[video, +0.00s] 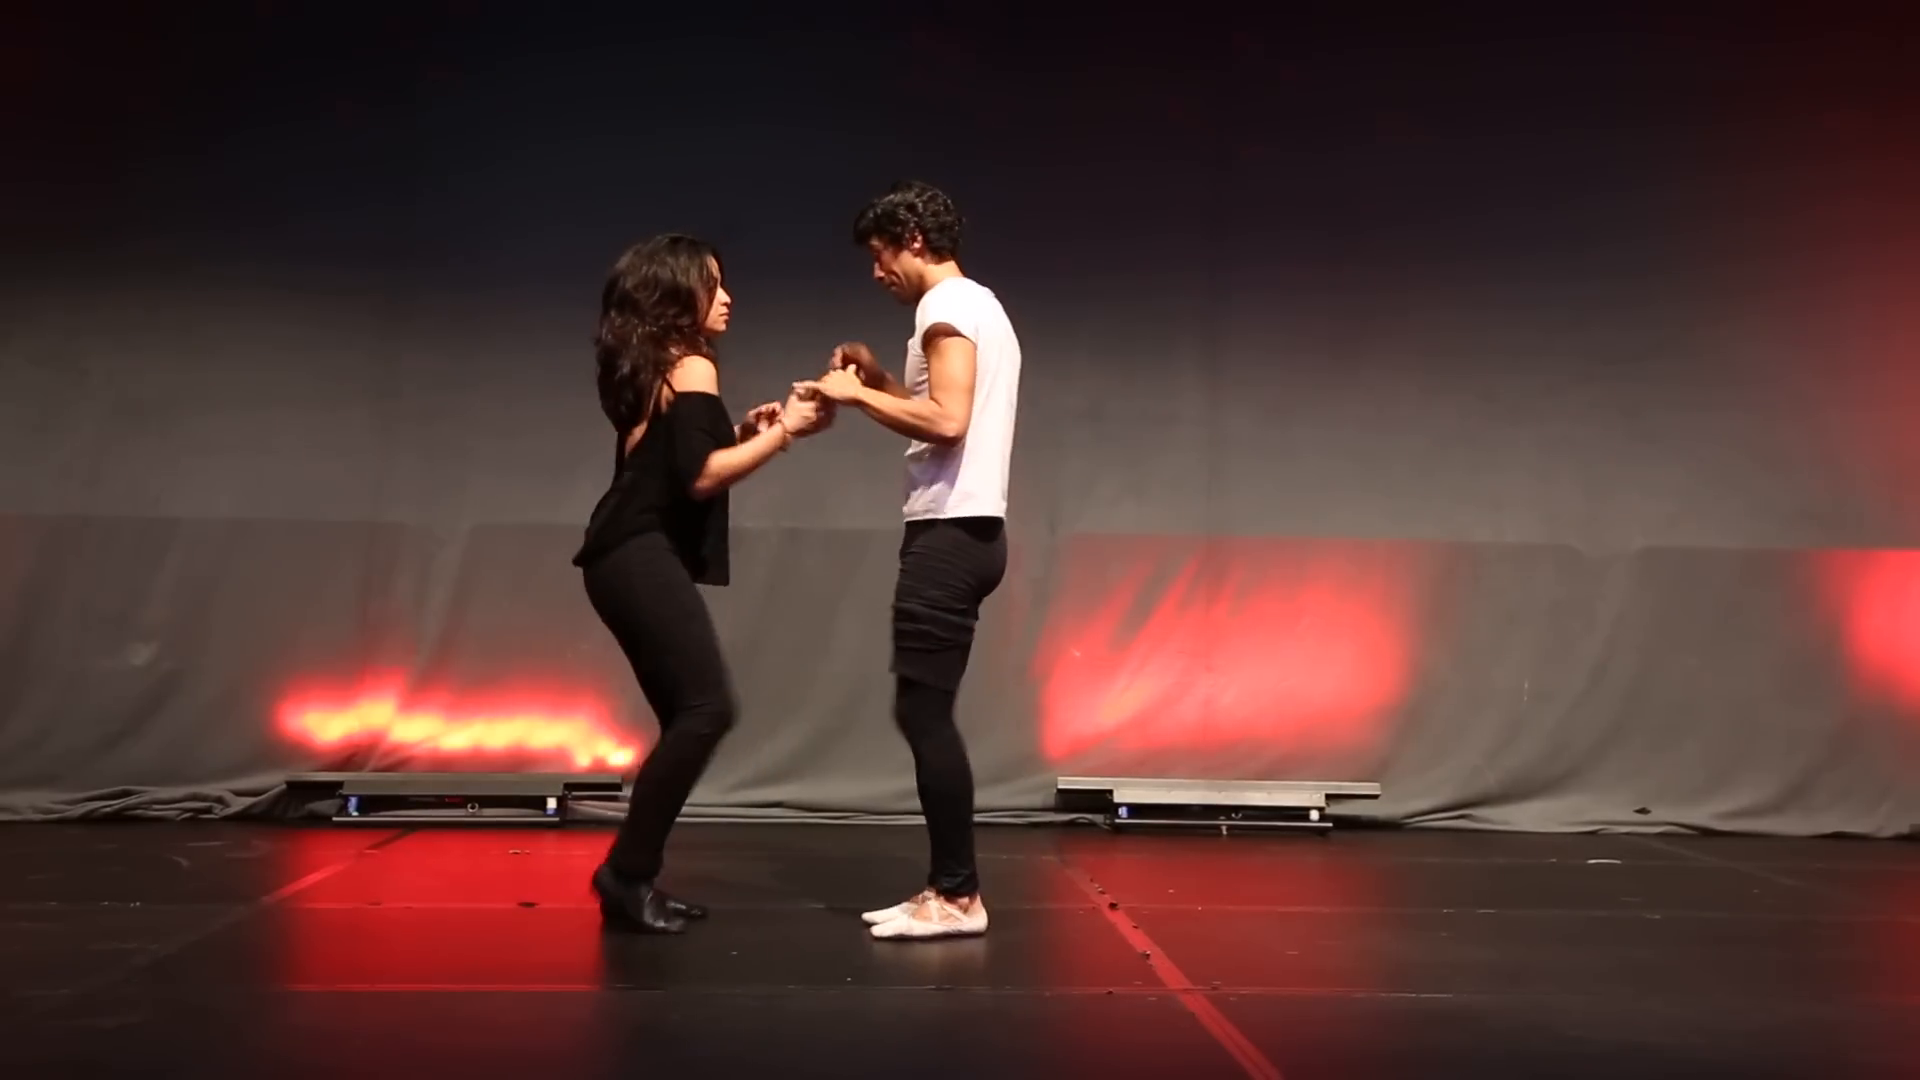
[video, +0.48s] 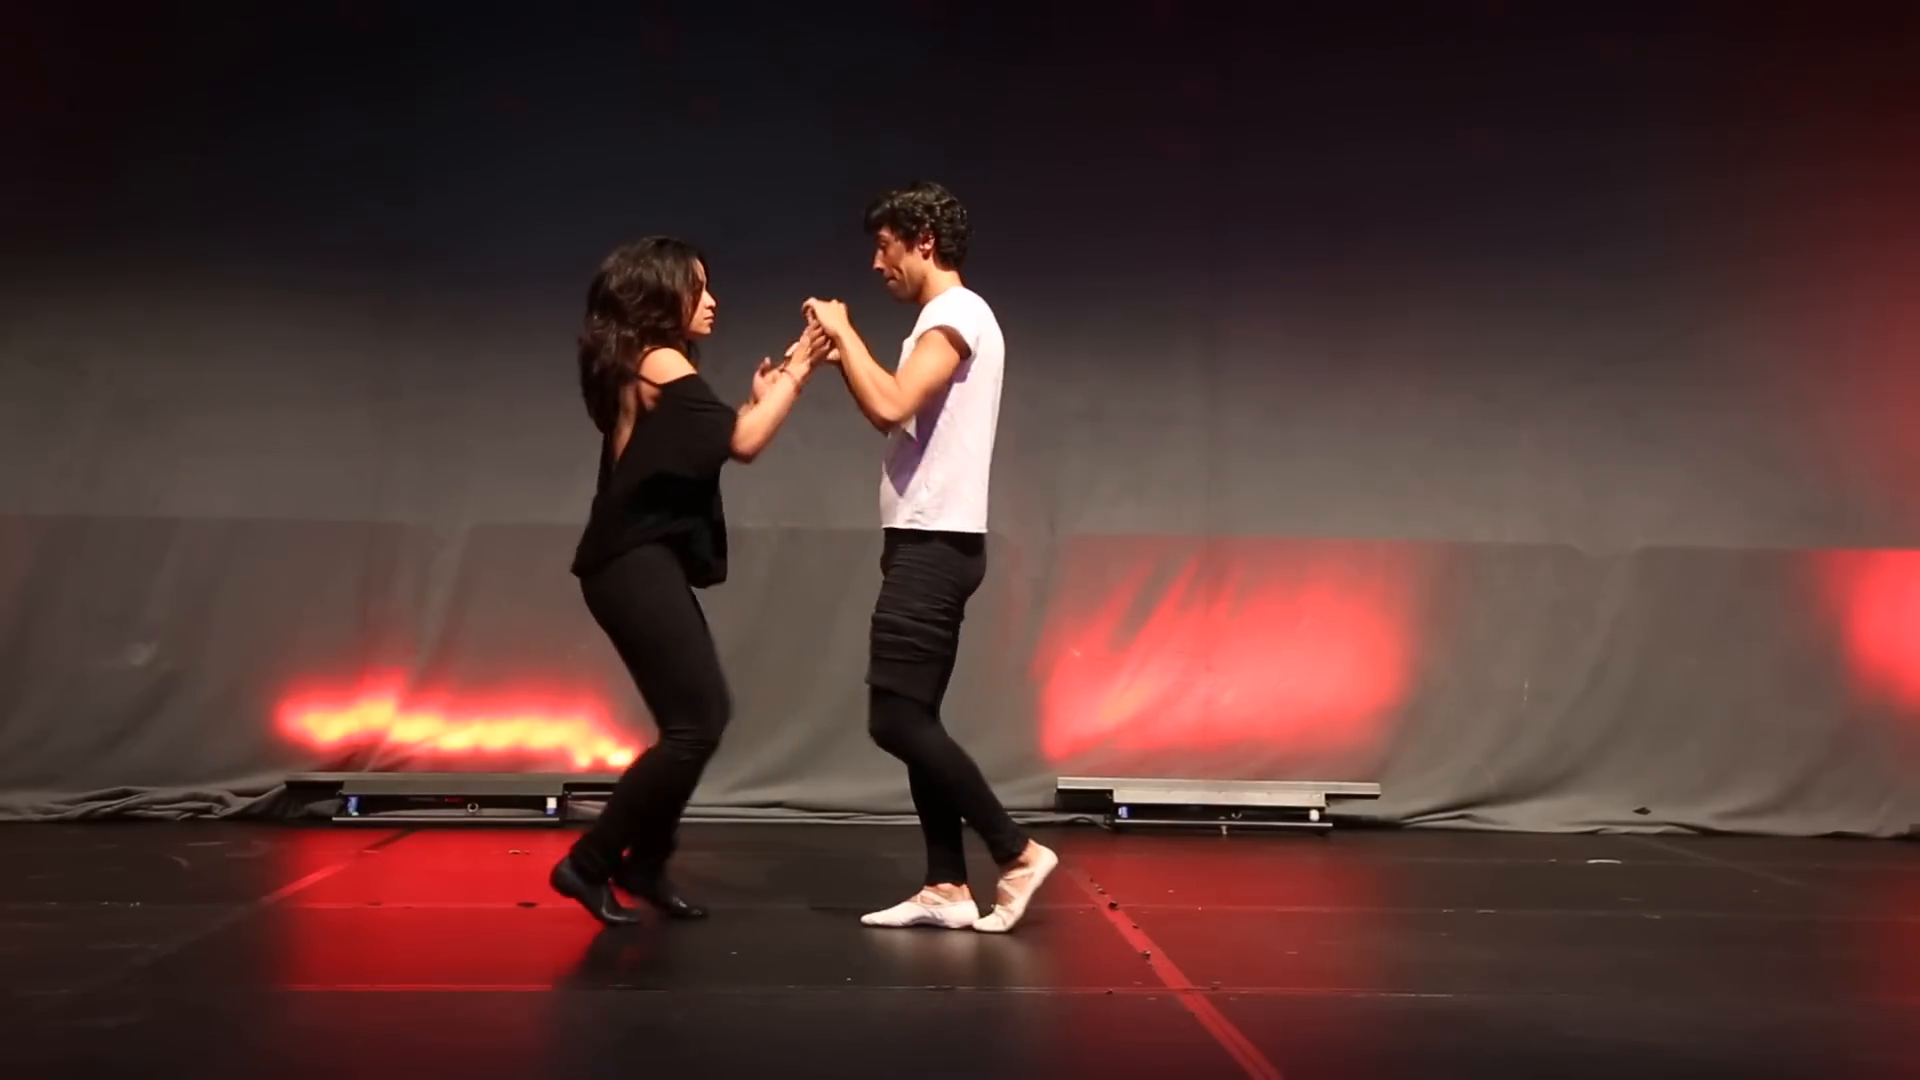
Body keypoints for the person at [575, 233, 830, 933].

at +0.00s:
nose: (726, 297)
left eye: (722, 284)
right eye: (713, 286)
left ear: (669, 300)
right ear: (680, 298)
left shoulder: (653, 368)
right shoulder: (690, 364)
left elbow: (660, 465)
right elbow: (703, 472)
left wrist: (751, 427)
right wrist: (785, 430)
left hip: (624, 560)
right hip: (641, 559)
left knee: (691, 714)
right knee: (706, 709)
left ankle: (632, 876)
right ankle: (626, 877)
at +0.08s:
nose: (722, 300)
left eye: (717, 287)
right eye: (709, 289)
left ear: (664, 302)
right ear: (676, 300)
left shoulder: (647, 372)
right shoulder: (684, 364)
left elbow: (688, 456)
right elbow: (687, 460)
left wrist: (775, 418)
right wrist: (769, 416)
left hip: (619, 574)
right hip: (646, 572)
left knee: (680, 722)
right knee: (741, 697)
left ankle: (633, 879)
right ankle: (640, 850)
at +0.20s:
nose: (717, 303)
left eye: (712, 290)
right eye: (704, 292)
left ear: (664, 303)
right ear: (670, 300)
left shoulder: (657, 372)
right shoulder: (666, 358)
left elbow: (704, 478)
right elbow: (682, 444)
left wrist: (768, 430)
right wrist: (761, 385)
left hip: (626, 577)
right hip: (648, 576)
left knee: (669, 725)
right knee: (762, 695)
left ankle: (632, 886)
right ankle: (653, 818)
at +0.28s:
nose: (716, 304)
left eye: (711, 291)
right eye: (702, 292)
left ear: (668, 303)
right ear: (666, 301)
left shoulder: (663, 370)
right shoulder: (653, 362)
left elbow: (709, 479)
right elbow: (691, 441)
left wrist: (771, 426)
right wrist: (765, 372)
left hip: (633, 574)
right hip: (647, 575)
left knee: (664, 725)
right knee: (755, 705)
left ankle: (629, 887)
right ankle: (646, 831)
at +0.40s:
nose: (712, 303)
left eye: (708, 290)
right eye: (700, 291)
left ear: (663, 301)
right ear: (663, 299)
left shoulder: (648, 366)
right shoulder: (652, 362)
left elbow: (712, 463)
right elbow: (713, 444)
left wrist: (771, 411)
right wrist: (781, 371)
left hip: (638, 574)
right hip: (645, 575)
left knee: (676, 727)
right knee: (717, 727)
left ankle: (631, 874)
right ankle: (611, 862)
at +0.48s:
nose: (710, 300)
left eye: (707, 287)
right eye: (698, 289)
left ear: (656, 299)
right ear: (662, 297)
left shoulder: (647, 366)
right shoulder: (660, 362)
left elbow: (711, 441)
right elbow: (746, 441)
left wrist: (758, 396)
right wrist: (804, 367)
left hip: (640, 566)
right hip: (635, 566)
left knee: (698, 718)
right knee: (697, 720)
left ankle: (644, 868)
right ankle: (589, 862)